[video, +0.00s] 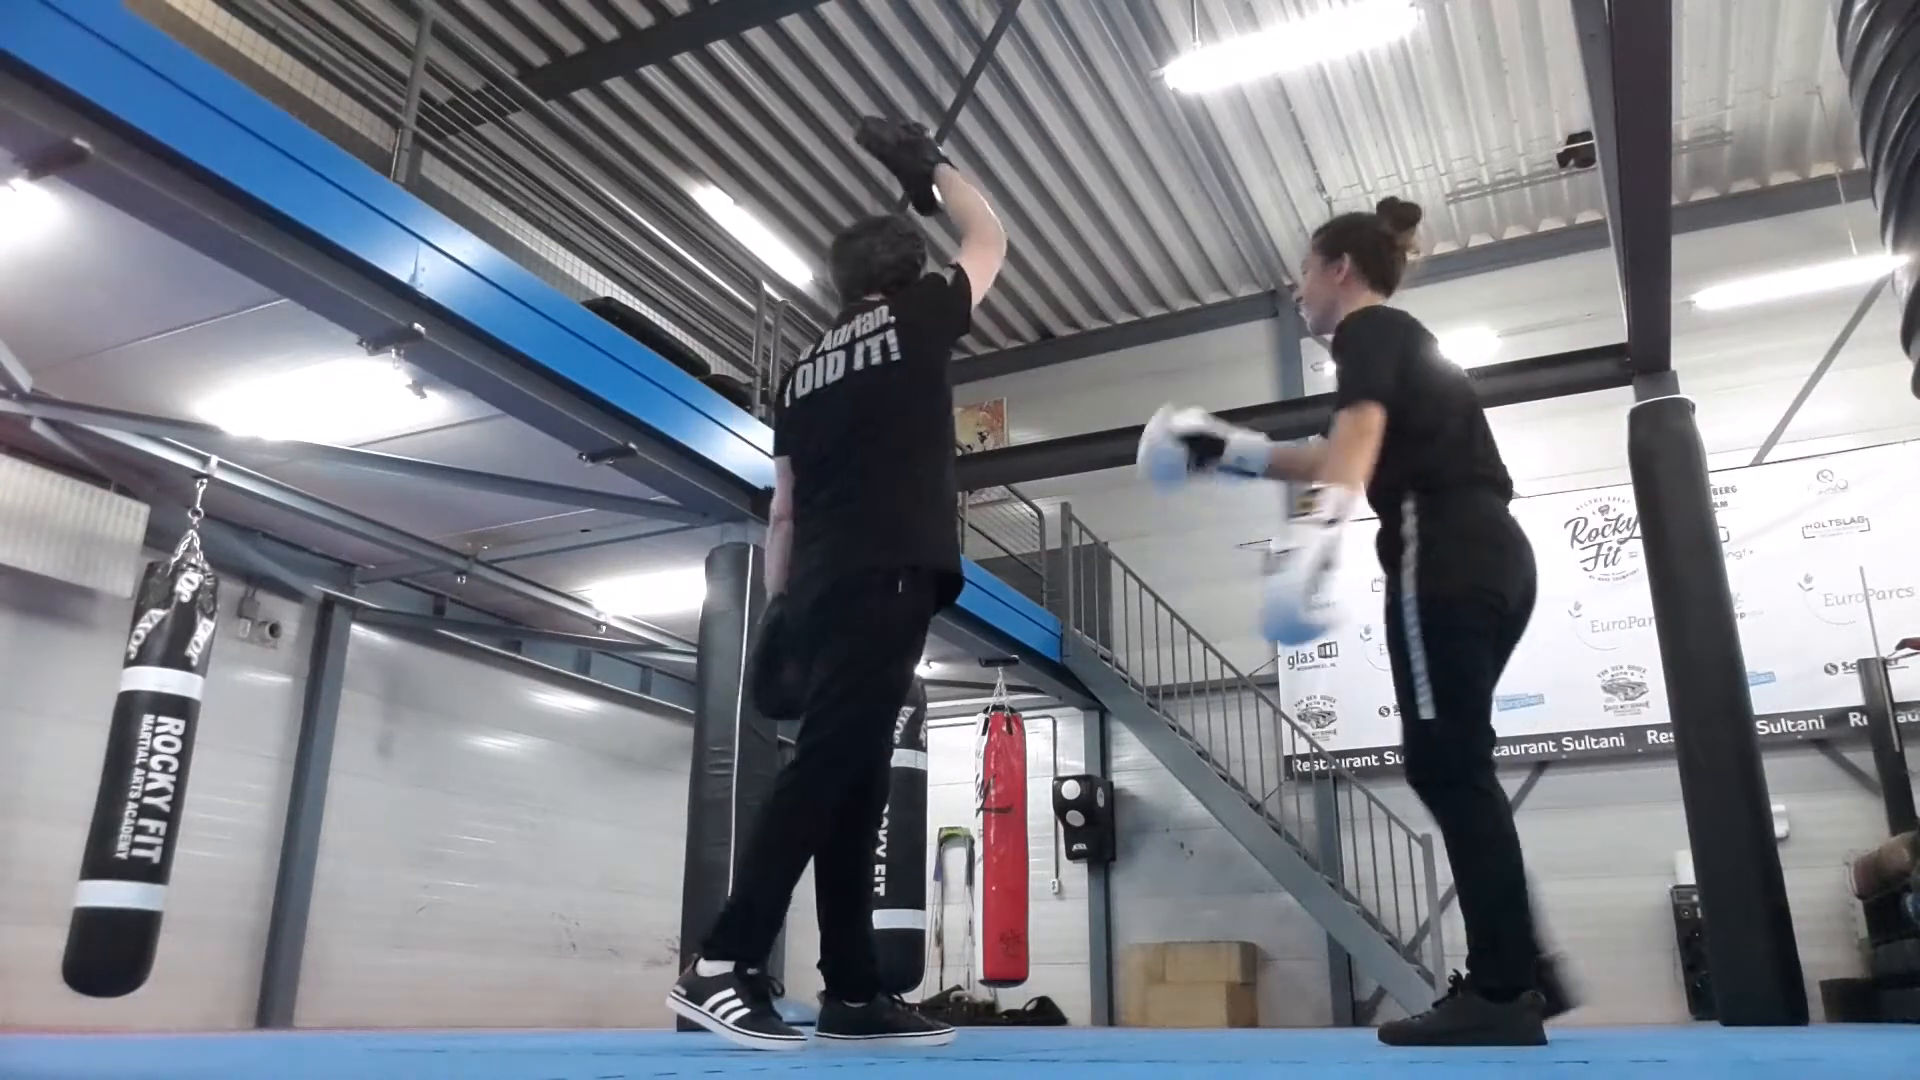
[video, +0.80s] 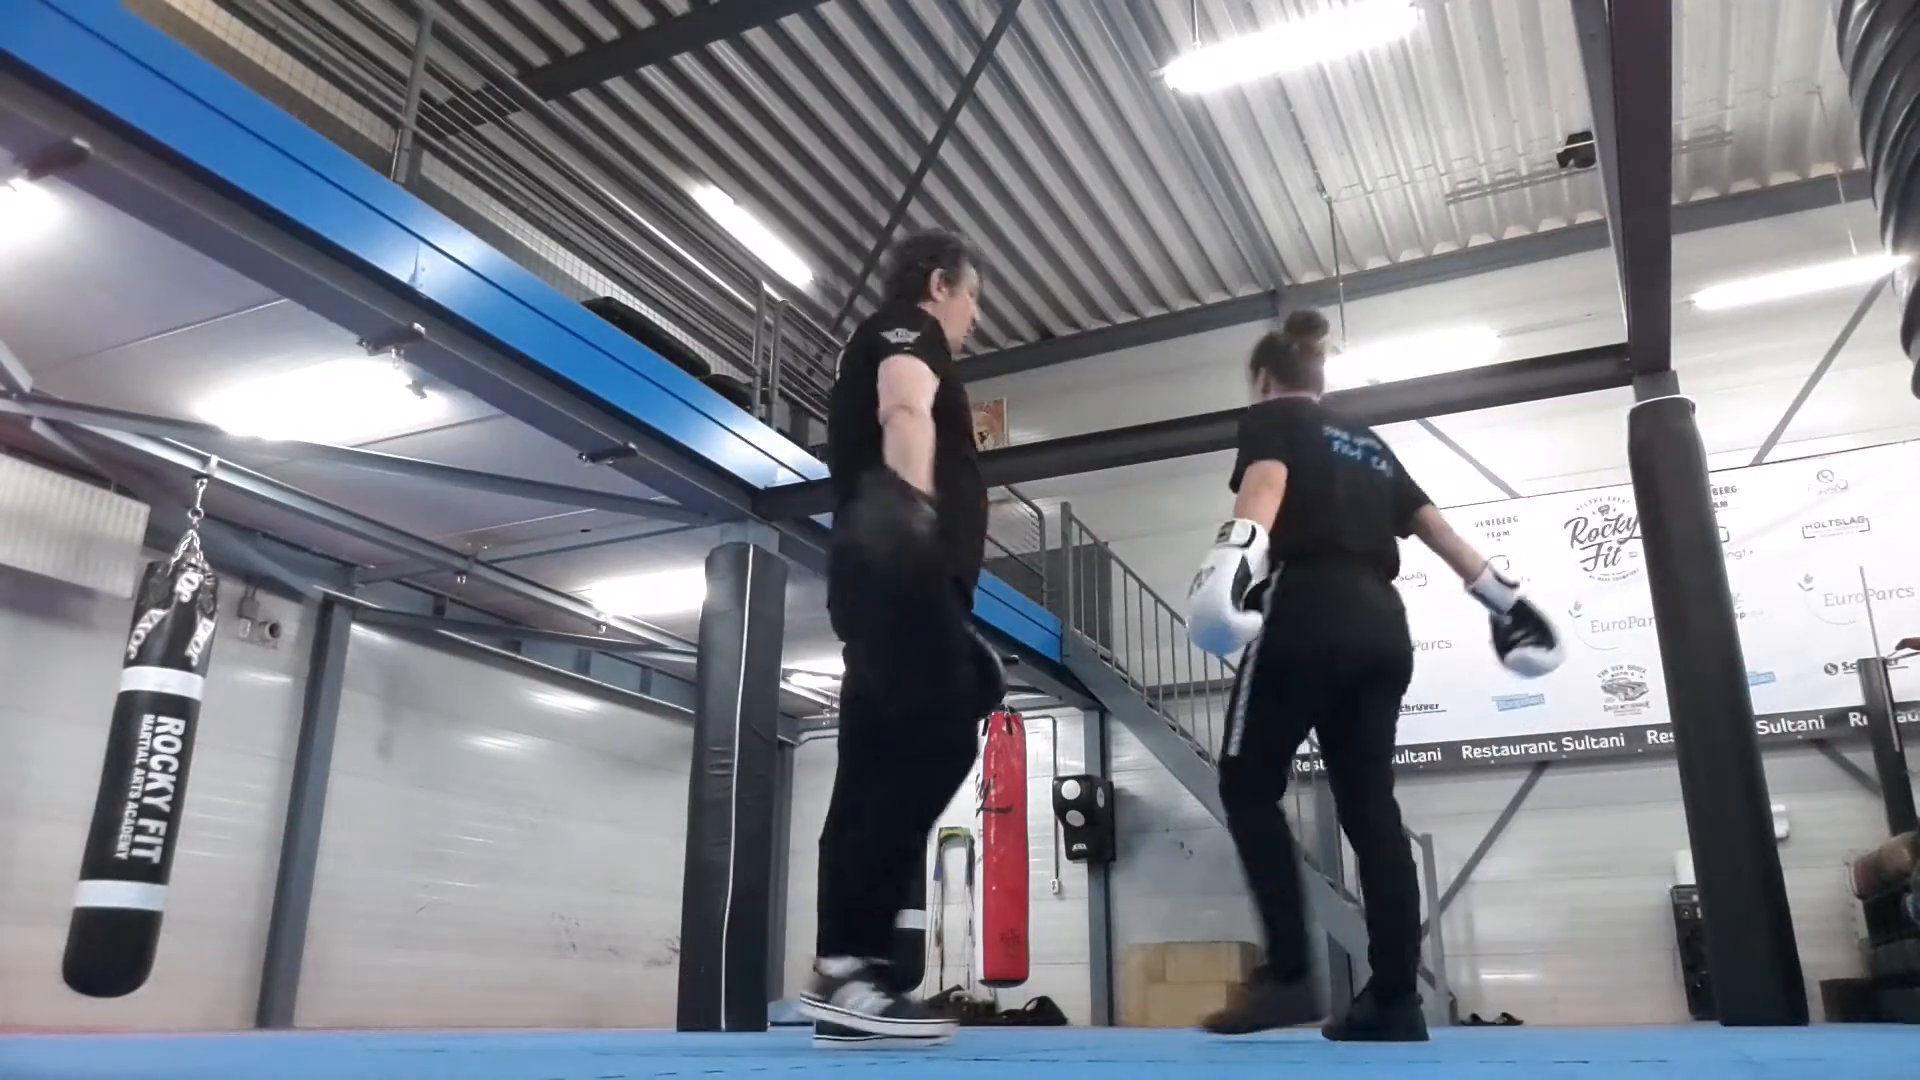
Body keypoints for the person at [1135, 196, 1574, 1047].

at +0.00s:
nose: (1297, 289)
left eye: (1304, 272)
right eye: (1299, 275)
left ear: (1342, 270)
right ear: (1367, 274)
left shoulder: (1368, 329)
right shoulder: (1400, 343)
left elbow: (1361, 435)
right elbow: (1345, 461)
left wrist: (1321, 532)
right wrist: (1240, 452)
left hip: (1442, 554)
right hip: (1487, 551)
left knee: (1446, 763)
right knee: (1450, 761)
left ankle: (1502, 989)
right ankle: (1522, 971)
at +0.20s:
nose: (1297, 314)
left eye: (1300, 300)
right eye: (1299, 301)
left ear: (1325, 295)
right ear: (1374, 302)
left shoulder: (1332, 355)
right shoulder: (1403, 367)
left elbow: (1297, 456)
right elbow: (1354, 453)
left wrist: (1227, 550)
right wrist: (1276, 423)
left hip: (1401, 565)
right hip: (1465, 566)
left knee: (1463, 773)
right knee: (1391, 777)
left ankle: (1503, 993)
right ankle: (1395, 986)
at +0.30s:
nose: (1298, 330)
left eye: (1300, 317)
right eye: (1300, 318)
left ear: (1321, 313)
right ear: (1367, 320)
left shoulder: (1321, 372)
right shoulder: (1401, 390)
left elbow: (1282, 476)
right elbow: (1360, 504)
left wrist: (1216, 561)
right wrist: (1271, 505)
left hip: (1383, 579)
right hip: (1445, 583)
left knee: (1441, 779)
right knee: (1370, 784)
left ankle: (1500, 994)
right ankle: (1389, 991)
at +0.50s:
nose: (1283, 351)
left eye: (1284, 342)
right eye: (1285, 343)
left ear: (1299, 338)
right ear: (1354, 344)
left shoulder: (1302, 388)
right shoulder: (1393, 411)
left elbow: (1281, 485)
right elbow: (1404, 519)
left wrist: (1224, 576)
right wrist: (1329, 568)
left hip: (1350, 592)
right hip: (1418, 592)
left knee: (1347, 784)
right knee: (1376, 791)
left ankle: (1460, 947)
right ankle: (1392, 984)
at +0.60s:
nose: (1277, 367)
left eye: (1275, 358)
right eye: (1279, 360)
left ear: (1289, 353)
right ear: (1344, 355)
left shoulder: (1295, 396)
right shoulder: (1387, 421)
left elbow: (1283, 481)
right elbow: (1396, 535)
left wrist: (1230, 578)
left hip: (1337, 599)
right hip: (1407, 603)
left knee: (1293, 783)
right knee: (1375, 794)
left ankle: (1415, 922)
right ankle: (1393, 998)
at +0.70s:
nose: (1267, 381)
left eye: (1266, 372)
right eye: (1270, 372)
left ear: (1278, 366)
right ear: (1331, 365)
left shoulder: (1285, 407)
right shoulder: (1380, 437)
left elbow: (1279, 480)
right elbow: (1425, 535)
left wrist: (1231, 571)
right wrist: (1473, 616)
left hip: (1320, 610)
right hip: (1395, 617)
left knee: (1260, 780)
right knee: (1374, 802)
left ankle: (1353, 940)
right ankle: (1393, 1001)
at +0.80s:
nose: (1253, 395)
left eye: (1253, 386)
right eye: (1254, 387)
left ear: (1265, 378)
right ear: (1318, 379)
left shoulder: (1272, 414)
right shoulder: (1368, 445)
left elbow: (1268, 477)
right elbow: (1430, 523)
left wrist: (1229, 560)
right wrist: (1498, 592)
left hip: (1306, 613)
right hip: (1382, 622)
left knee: (1247, 785)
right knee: (1371, 806)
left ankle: (1288, 977)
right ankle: (1394, 1001)